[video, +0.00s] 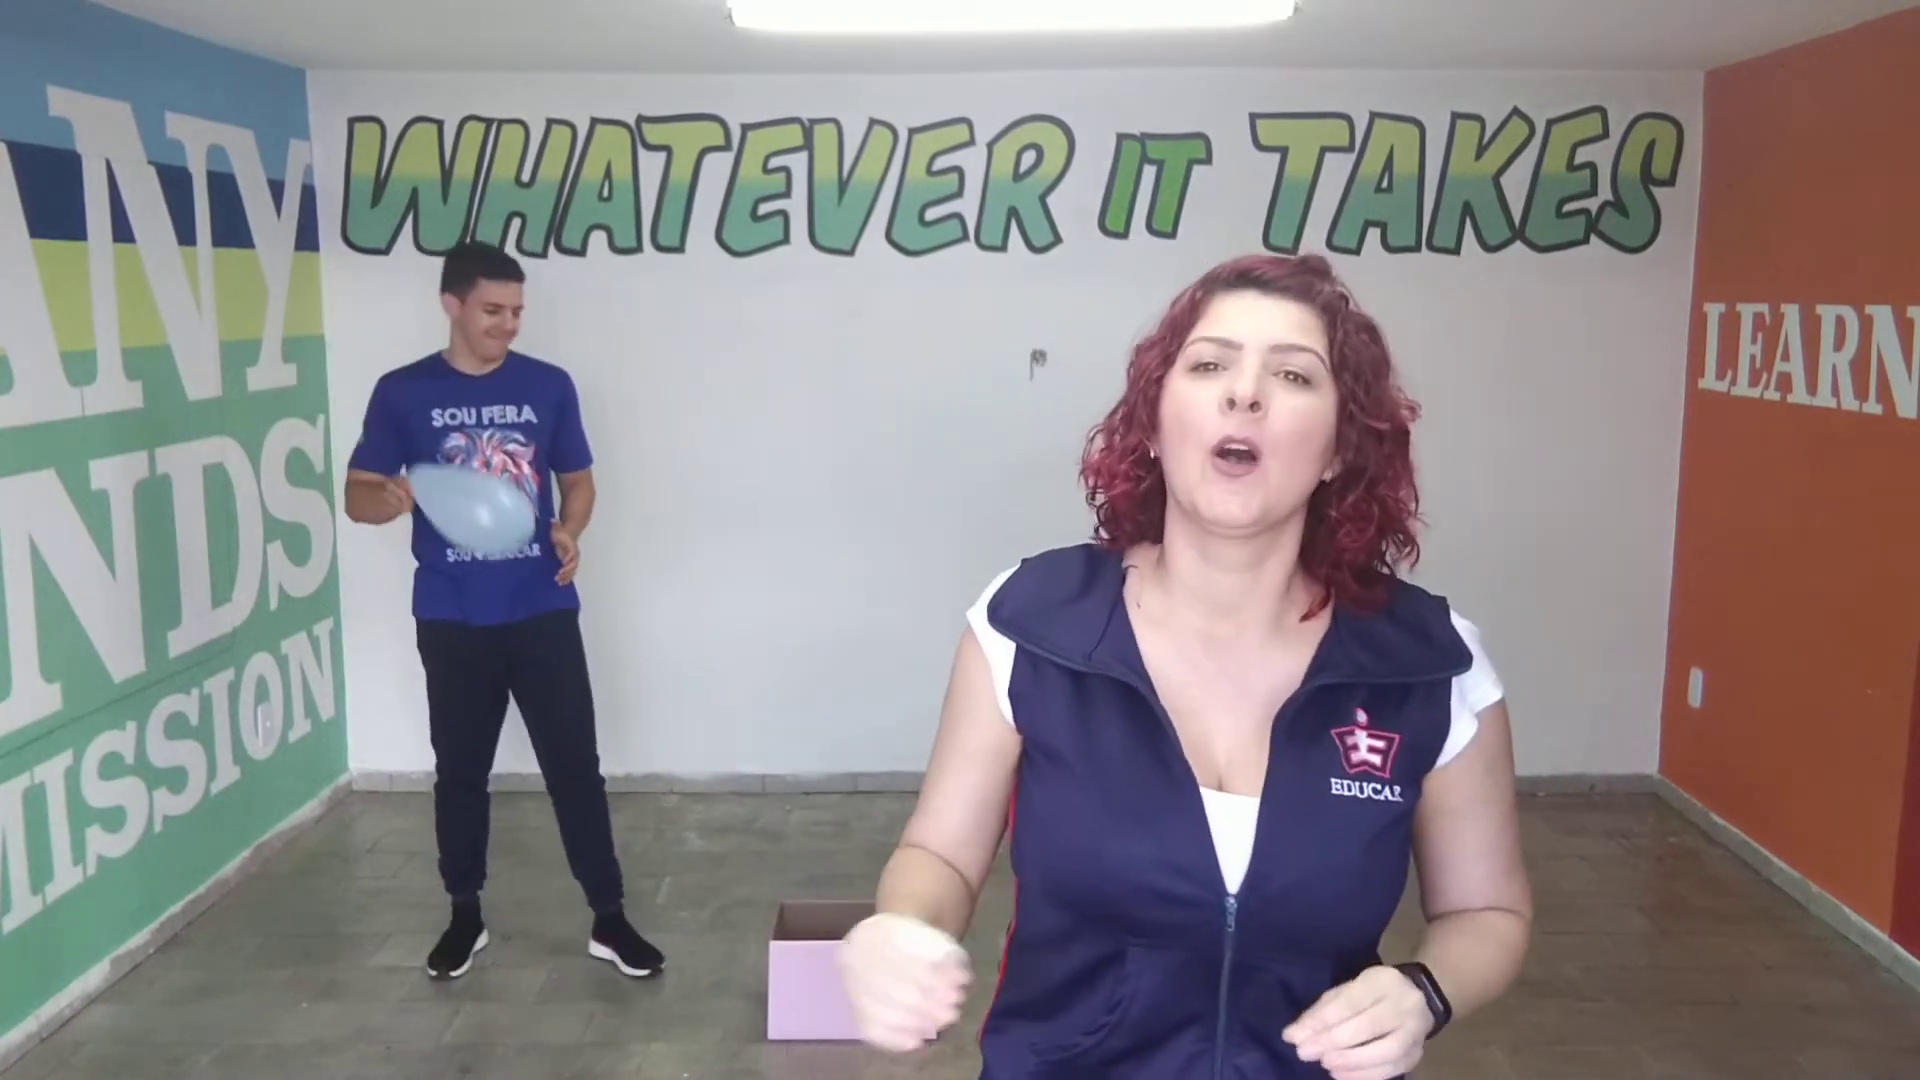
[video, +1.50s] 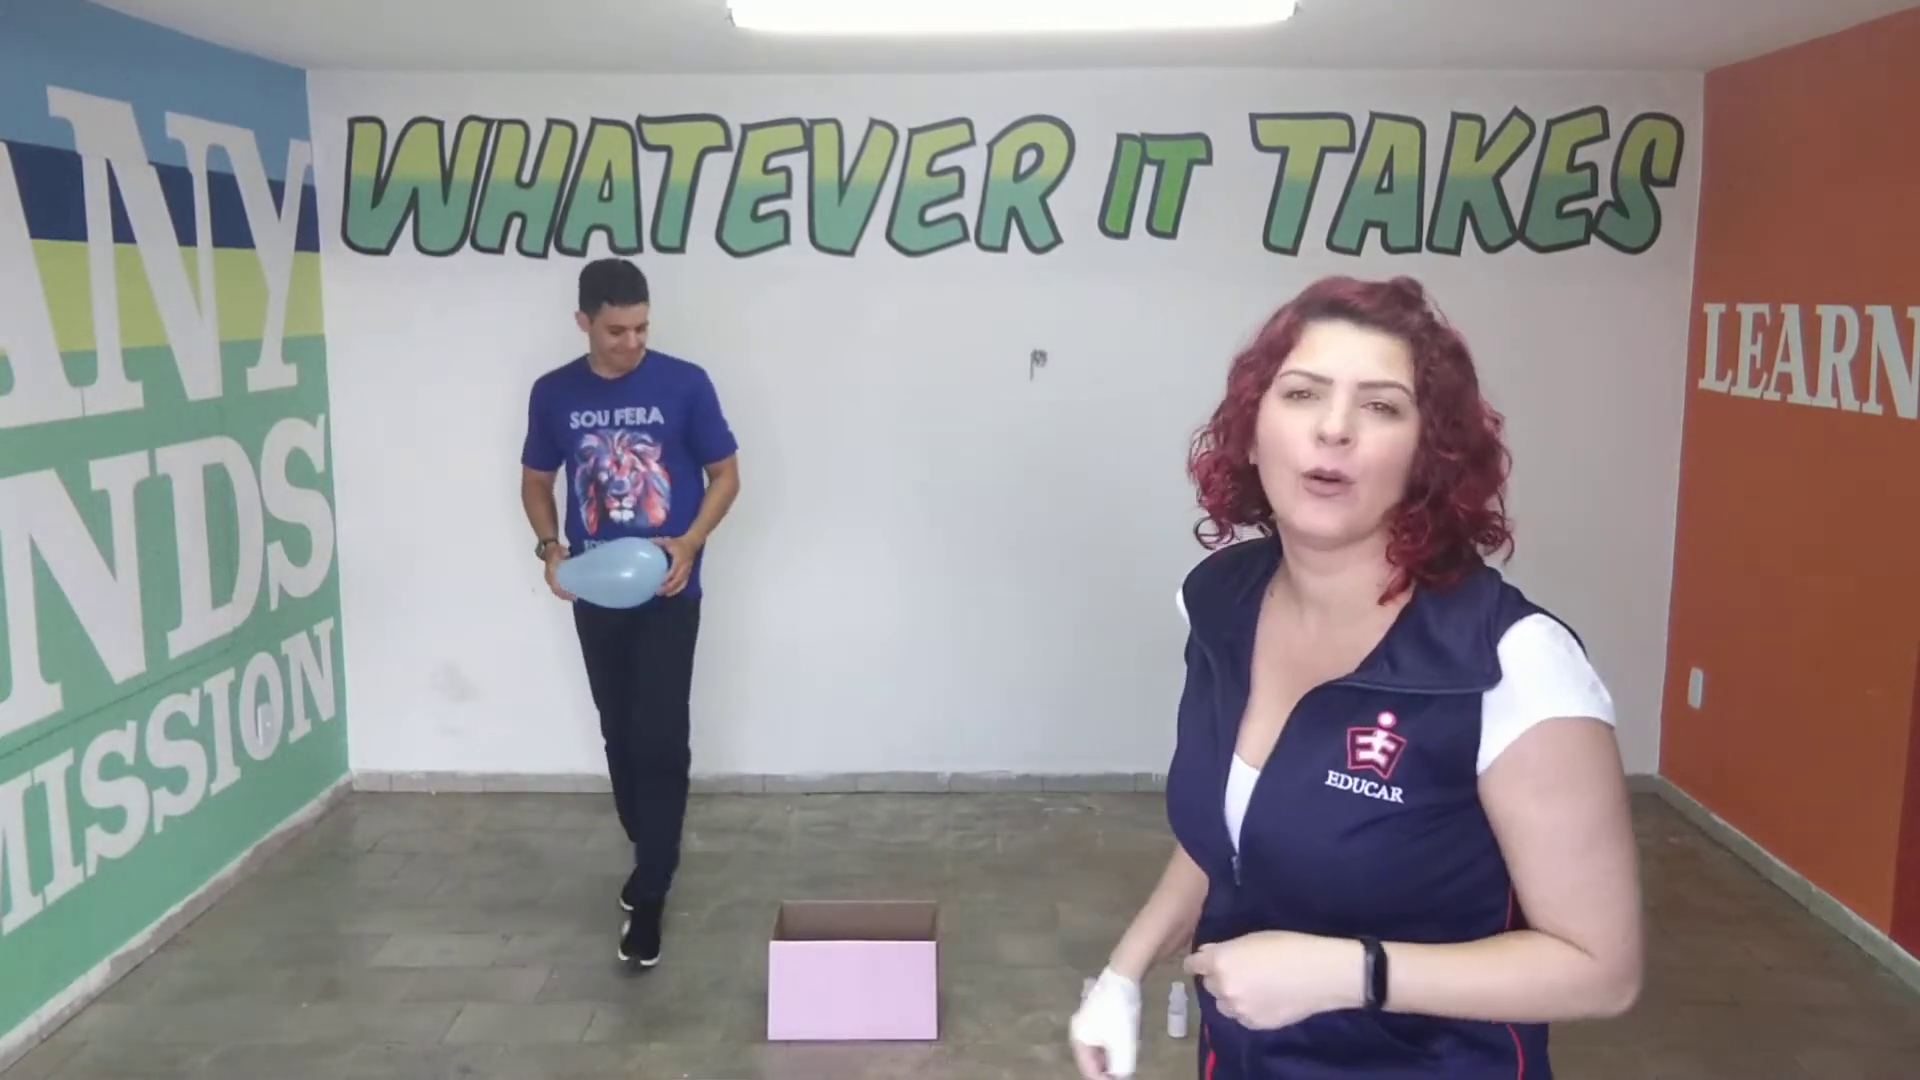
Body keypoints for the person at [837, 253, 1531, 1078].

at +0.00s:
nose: (1242, 395)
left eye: (1293, 376)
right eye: (1209, 364)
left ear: (1340, 444)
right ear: (1153, 410)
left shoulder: (1425, 659)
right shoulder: (1031, 618)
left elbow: (1483, 909)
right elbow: (940, 852)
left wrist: (1424, 994)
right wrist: (896, 940)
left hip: (1306, 1064)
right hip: (1061, 1059)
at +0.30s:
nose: (1231, 405)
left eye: (1281, 379)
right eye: (1201, 370)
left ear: (1339, 434)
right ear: (1150, 410)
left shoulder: (1435, 673)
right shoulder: (1047, 617)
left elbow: (1517, 967)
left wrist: (1357, 1046)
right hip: (1063, 1063)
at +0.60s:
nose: (1216, 414)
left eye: (1269, 388)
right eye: (1185, 378)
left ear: (1327, 436)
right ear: (1139, 411)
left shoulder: (1407, 677)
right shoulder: (1095, 607)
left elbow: (1475, 1036)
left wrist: (1192, 1030)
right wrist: (1047, 897)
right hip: (1069, 1058)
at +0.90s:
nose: (1233, 422)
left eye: (1283, 391)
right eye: (1201, 384)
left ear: (1344, 429)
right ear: (1159, 412)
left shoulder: (1427, 672)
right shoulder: (1139, 595)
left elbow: (1483, 1029)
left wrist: (1200, 991)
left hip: (1298, 1063)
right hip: (1106, 1054)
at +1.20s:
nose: (1266, 423)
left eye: (1315, 394)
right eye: (1237, 389)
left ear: (1379, 430)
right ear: (1197, 414)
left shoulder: (1470, 664)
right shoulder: (1182, 592)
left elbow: (1542, 1001)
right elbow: (1169, 807)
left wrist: (1264, 971)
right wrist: (1057, 926)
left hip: (1384, 1059)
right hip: (1187, 1056)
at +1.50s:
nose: (1333, 430)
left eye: (1380, 407)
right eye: (1304, 393)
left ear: (1429, 450)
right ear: (1253, 421)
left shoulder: (1516, 665)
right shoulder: (1223, 598)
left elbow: (1601, 967)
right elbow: (1222, 821)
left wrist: (1349, 973)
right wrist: (1126, 968)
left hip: (1434, 1060)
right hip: (1237, 1051)